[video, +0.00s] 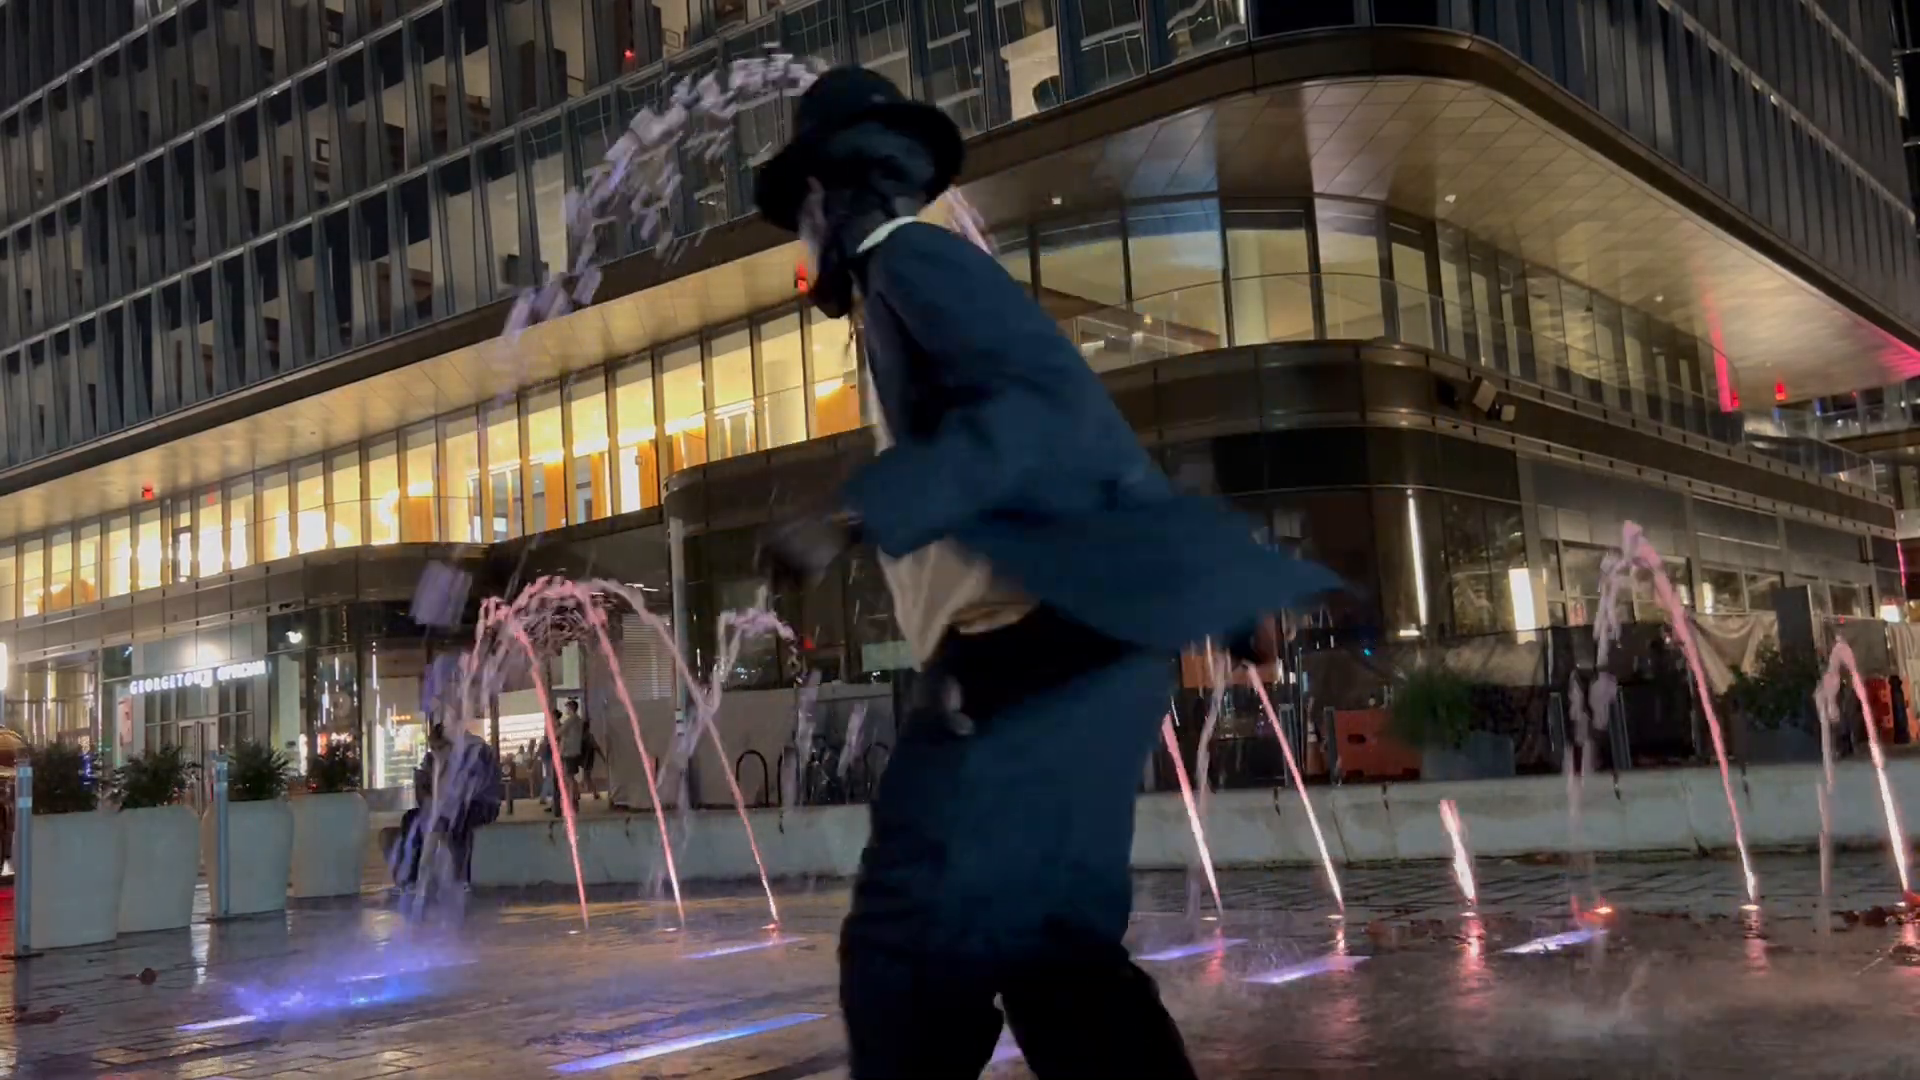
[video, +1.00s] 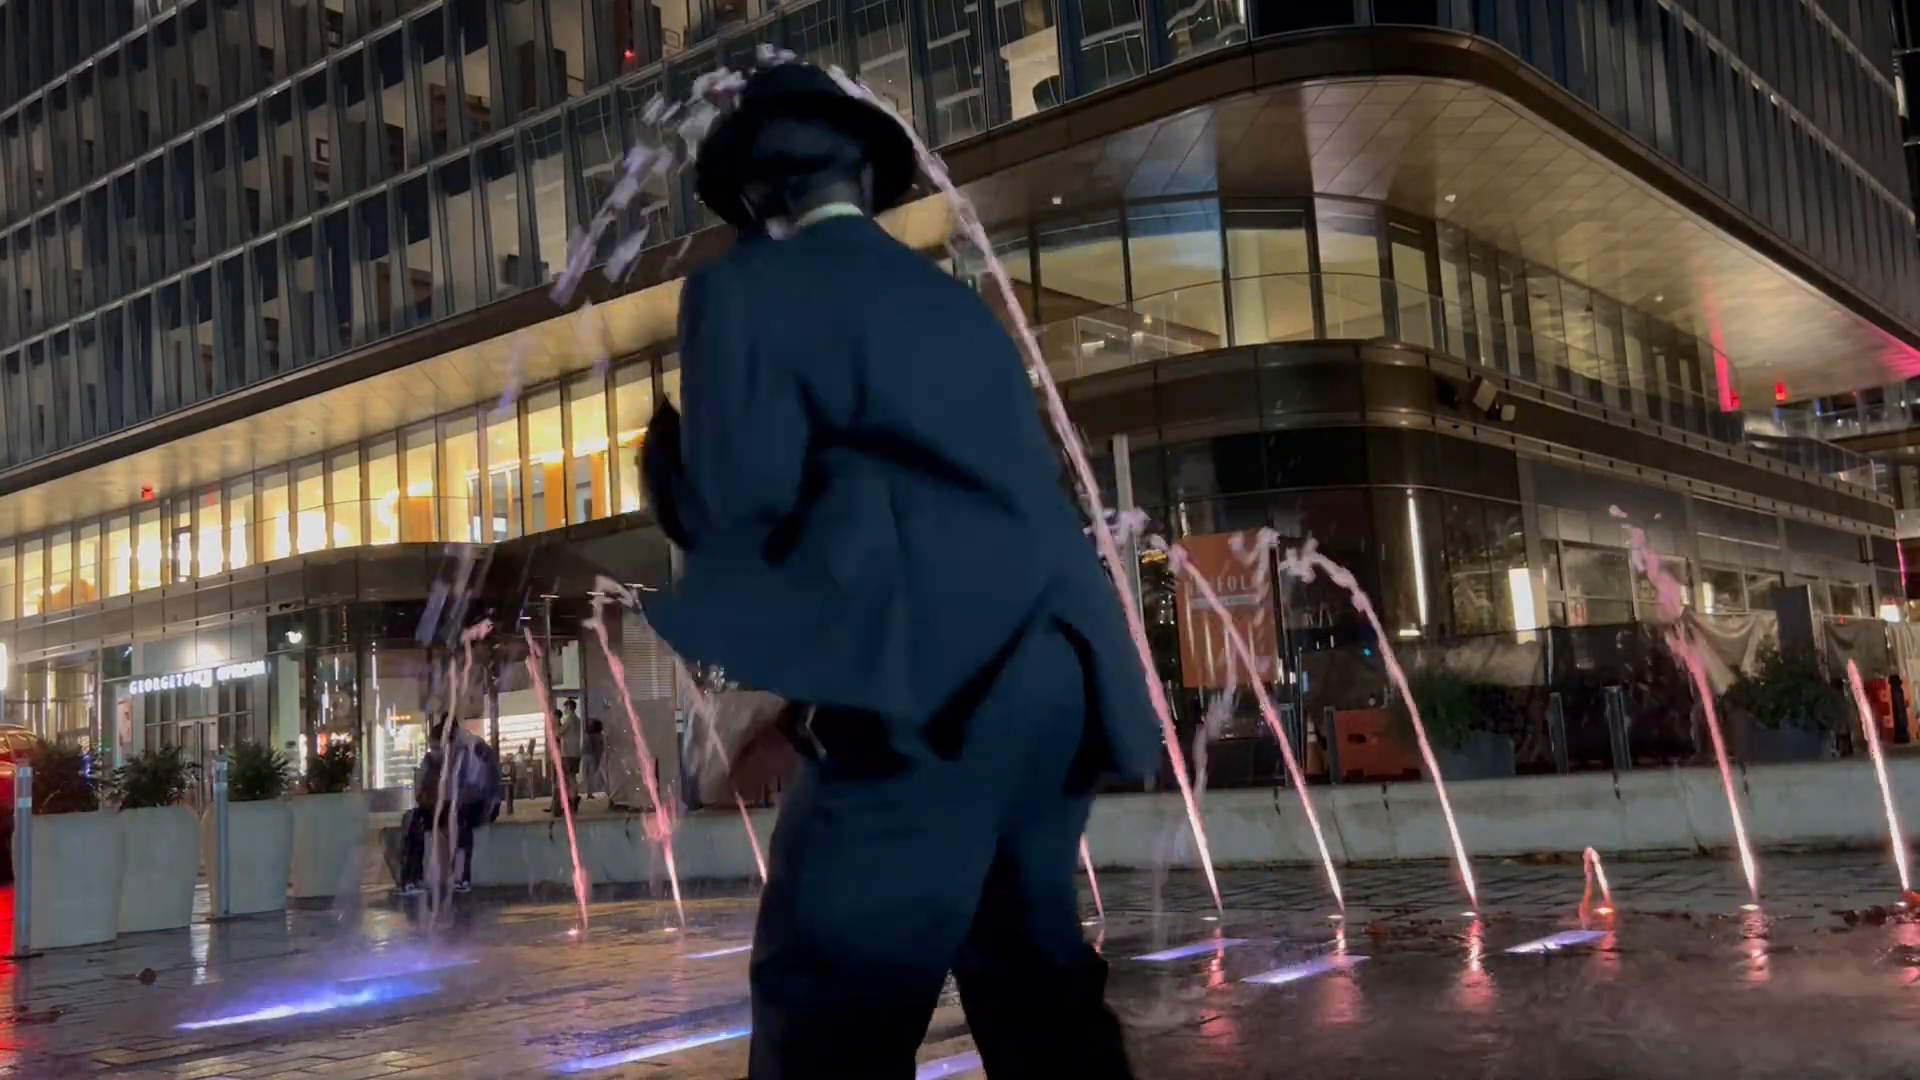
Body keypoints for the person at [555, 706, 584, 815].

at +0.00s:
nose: (566, 709)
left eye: (568, 707)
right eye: (567, 707)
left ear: (571, 708)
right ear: (576, 708)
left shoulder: (569, 720)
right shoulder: (579, 720)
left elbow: (560, 731)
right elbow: (579, 735)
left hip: (568, 753)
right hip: (576, 752)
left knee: (569, 778)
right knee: (572, 777)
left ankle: (572, 800)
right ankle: (575, 799)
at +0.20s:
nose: (567, 710)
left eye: (568, 708)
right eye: (567, 708)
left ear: (569, 709)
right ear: (576, 709)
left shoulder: (566, 721)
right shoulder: (580, 721)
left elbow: (557, 731)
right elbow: (580, 732)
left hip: (566, 752)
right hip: (576, 751)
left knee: (568, 777)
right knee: (573, 777)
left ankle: (568, 799)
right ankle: (575, 797)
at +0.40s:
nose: (566, 710)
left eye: (567, 708)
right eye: (567, 708)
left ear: (568, 708)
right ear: (575, 708)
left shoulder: (565, 720)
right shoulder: (579, 720)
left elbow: (558, 732)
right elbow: (580, 733)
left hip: (566, 752)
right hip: (576, 752)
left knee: (565, 779)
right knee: (574, 777)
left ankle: (566, 801)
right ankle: (574, 800)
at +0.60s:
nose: (565, 710)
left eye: (566, 708)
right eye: (566, 708)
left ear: (567, 708)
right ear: (575, 708)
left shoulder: (565, 720)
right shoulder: (580, 720)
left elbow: (558, 732)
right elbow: (583, 733)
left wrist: (553, 736)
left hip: (566, 752)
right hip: (577, 752)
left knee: (564, 776)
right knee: (574, 776)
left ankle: (567, 797)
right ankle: (574, 796)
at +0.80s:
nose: (565, 710)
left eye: (566, 708)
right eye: (565, 708)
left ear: (568, 708)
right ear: (574, 708)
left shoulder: (567, 719)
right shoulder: (578, 720)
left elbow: (560, 730)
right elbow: (577, 735)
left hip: (566, 753)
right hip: (576, 752)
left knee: (560, 779)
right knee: (573, 777)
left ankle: (555, 804)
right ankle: (575, 798)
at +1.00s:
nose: (564, 709)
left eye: (566, 707)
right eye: (565, 707)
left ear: (569, 708)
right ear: (573, 708)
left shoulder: (570, 719)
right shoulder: (577, 719)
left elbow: (560, 731)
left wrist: (554, 731)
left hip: (568, 753)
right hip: (575, 753)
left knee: (569, 778)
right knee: (572, 778)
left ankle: (571, 802)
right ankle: (573, 800)